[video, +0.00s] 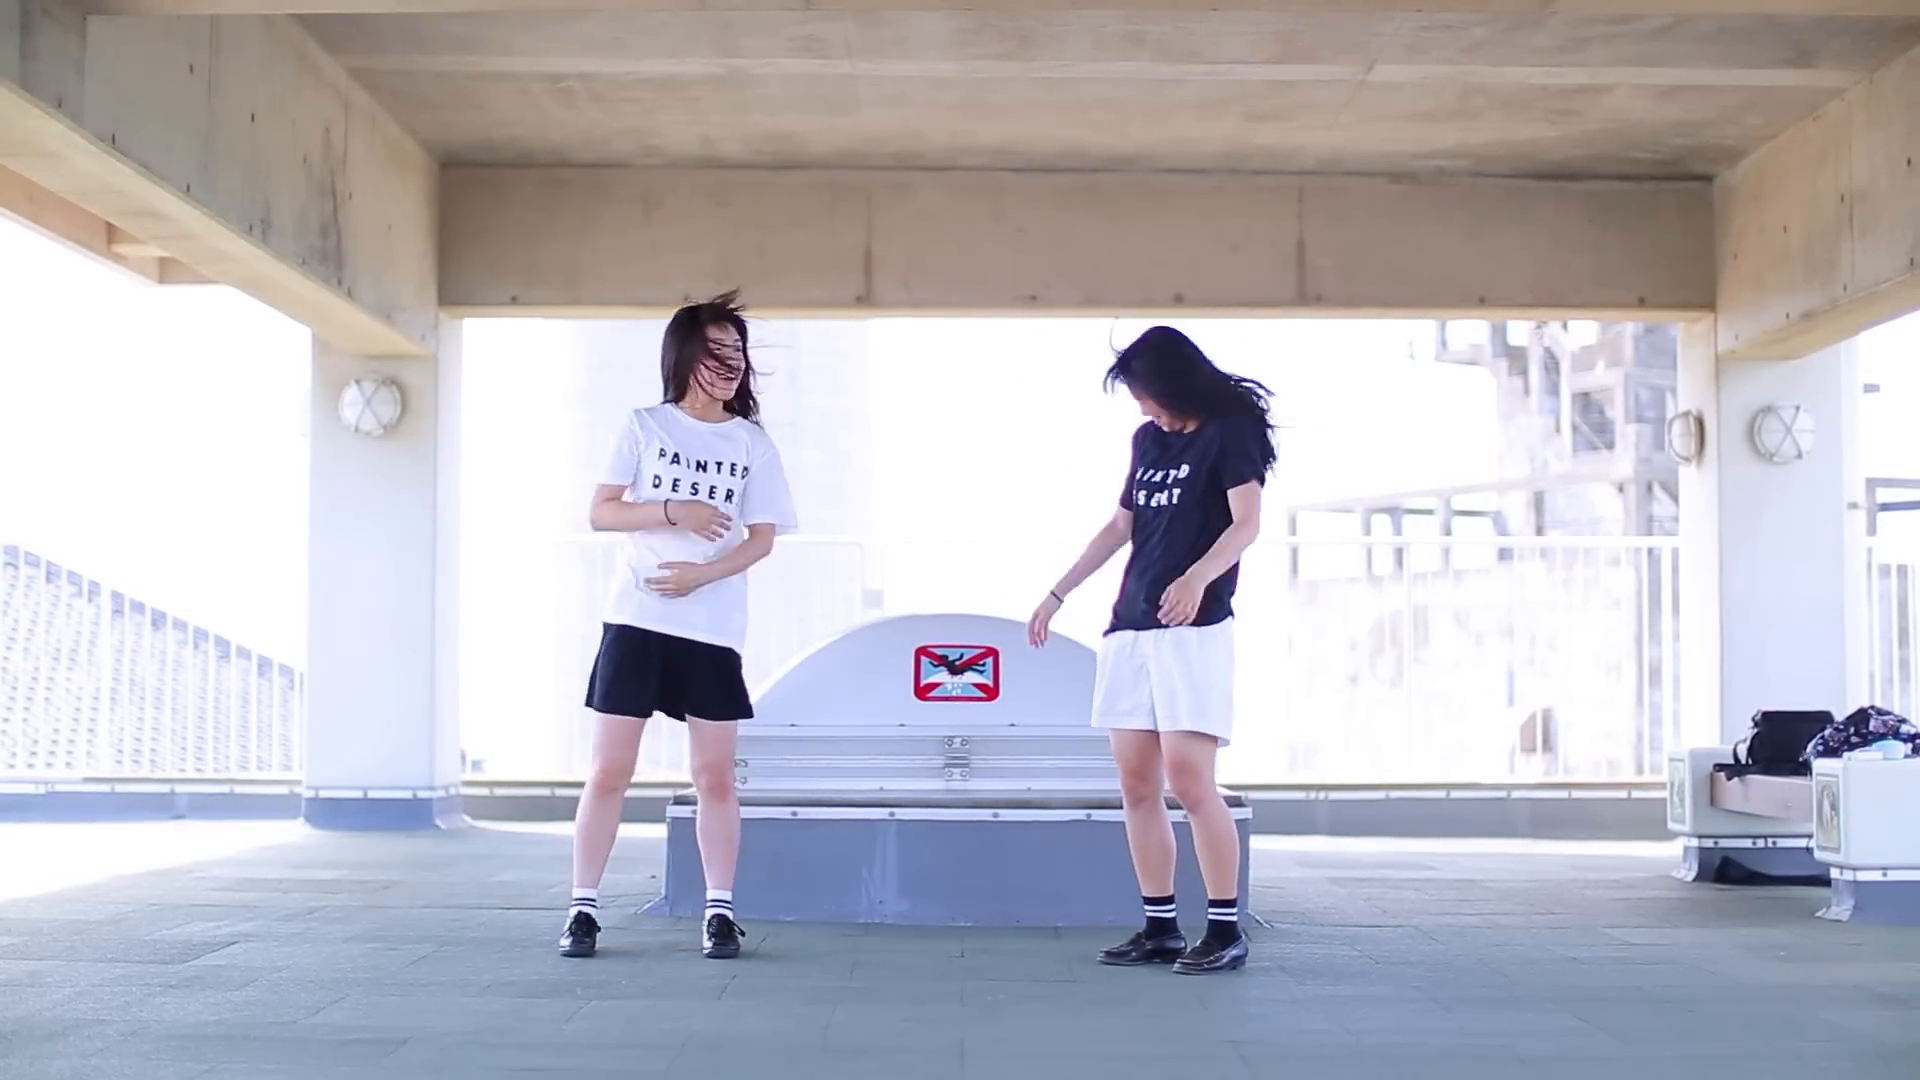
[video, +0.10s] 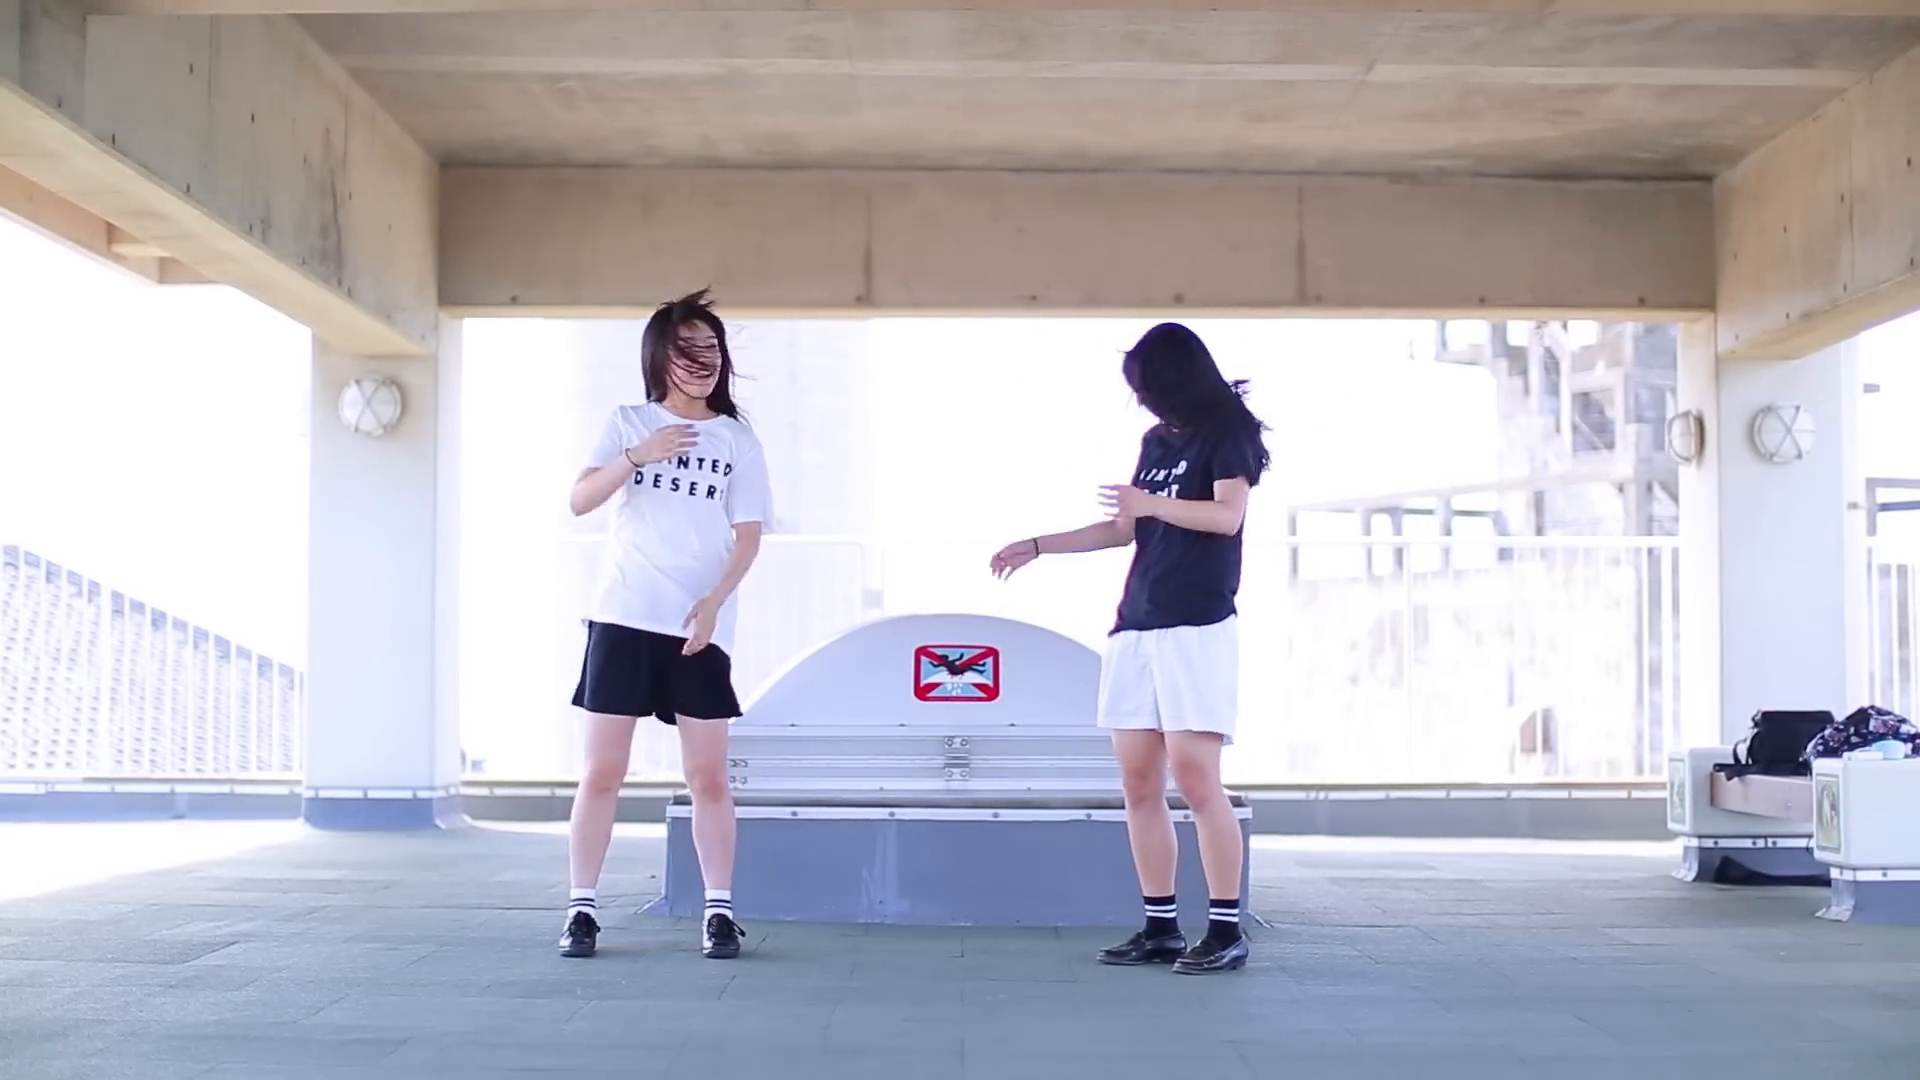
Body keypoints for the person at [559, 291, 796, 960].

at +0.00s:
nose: (726, 363)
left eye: (735, 353)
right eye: (712, 351)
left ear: (746, 361)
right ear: (682, 355)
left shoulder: (753, 441)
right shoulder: (646, 424)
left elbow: (763, 538)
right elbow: (601, 512)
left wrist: (704, 573)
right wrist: (676, 510)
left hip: (712, 630)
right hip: (636, 621)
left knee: (716, 778)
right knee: (609, 774)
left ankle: (719, 911)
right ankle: (583, 908)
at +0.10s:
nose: (699, 359)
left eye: (710, 349)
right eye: (686, 348)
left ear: (723, 357)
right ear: (658, 355)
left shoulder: (738, 438)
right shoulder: (630, 422)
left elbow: (749, 538)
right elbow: (580, 500)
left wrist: (713, 601)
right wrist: (640, 453)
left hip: (700, 626)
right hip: (624, 619)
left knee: (709, 779)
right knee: (602, 775)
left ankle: (718, 912)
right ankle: (582, 910)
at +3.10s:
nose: (621, 369)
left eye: (632, 361)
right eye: (611, 353)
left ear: (637, 375)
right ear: (578, 355)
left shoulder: (629, 449)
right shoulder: (531, 429)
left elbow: (633, 546)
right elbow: (493, 526)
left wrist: (633, 632)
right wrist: (499, 615)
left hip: (603, 635)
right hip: (532, 625)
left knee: (624, 774)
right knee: (532, 772)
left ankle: (599, 892)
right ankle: (540, 910)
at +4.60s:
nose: (613, 364)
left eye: (622, 355)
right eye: (601, 351)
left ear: (626, 362)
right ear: (567, 349)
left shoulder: (622, 437)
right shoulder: (528, 418)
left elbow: (666, 513)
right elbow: (522, 493)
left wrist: (690, 478)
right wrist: (611, 465)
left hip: (609, 623)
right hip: (542, 622)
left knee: (634, 772)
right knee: (540, 774)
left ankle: (636, 903)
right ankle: (540, 910)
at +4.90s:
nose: (623, 359)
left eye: (633, 350)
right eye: (611, 348)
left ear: (643, 358)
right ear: (580, 355)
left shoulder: (656, 422)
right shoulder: (558, 420)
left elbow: (722, 401)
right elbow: (566, 401)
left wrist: (672, 329)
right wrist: (599, 335)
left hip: (644, 622)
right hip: (572, 622)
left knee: (648, 775)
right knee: (559, 774)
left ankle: (657, 908)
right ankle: (542, 912)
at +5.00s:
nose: (636, 364)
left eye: (644, 354)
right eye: (623, 353)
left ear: (651, 361)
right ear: (589, 357)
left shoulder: (663, 418)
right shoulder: (565, 418)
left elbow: (729, 390)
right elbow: (560, 394)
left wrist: (676, 327)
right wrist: (599, 330)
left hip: (658, 618)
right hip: (582, 620)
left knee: (653, 775)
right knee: (564, 774)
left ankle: (657, 908)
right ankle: (543, 911)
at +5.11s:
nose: (643, 361)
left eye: (650, 352)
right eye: (631, 351)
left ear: (657, 359)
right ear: (599, 355)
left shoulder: (675, 415)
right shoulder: (573, 418)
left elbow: (738, 386)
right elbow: (557, 389)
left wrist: (686, 327)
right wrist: (599, 326)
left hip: (664, 619)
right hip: (590, 620)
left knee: (658, 774)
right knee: (569, 774)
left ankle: (659, 907)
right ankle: (543, 910)